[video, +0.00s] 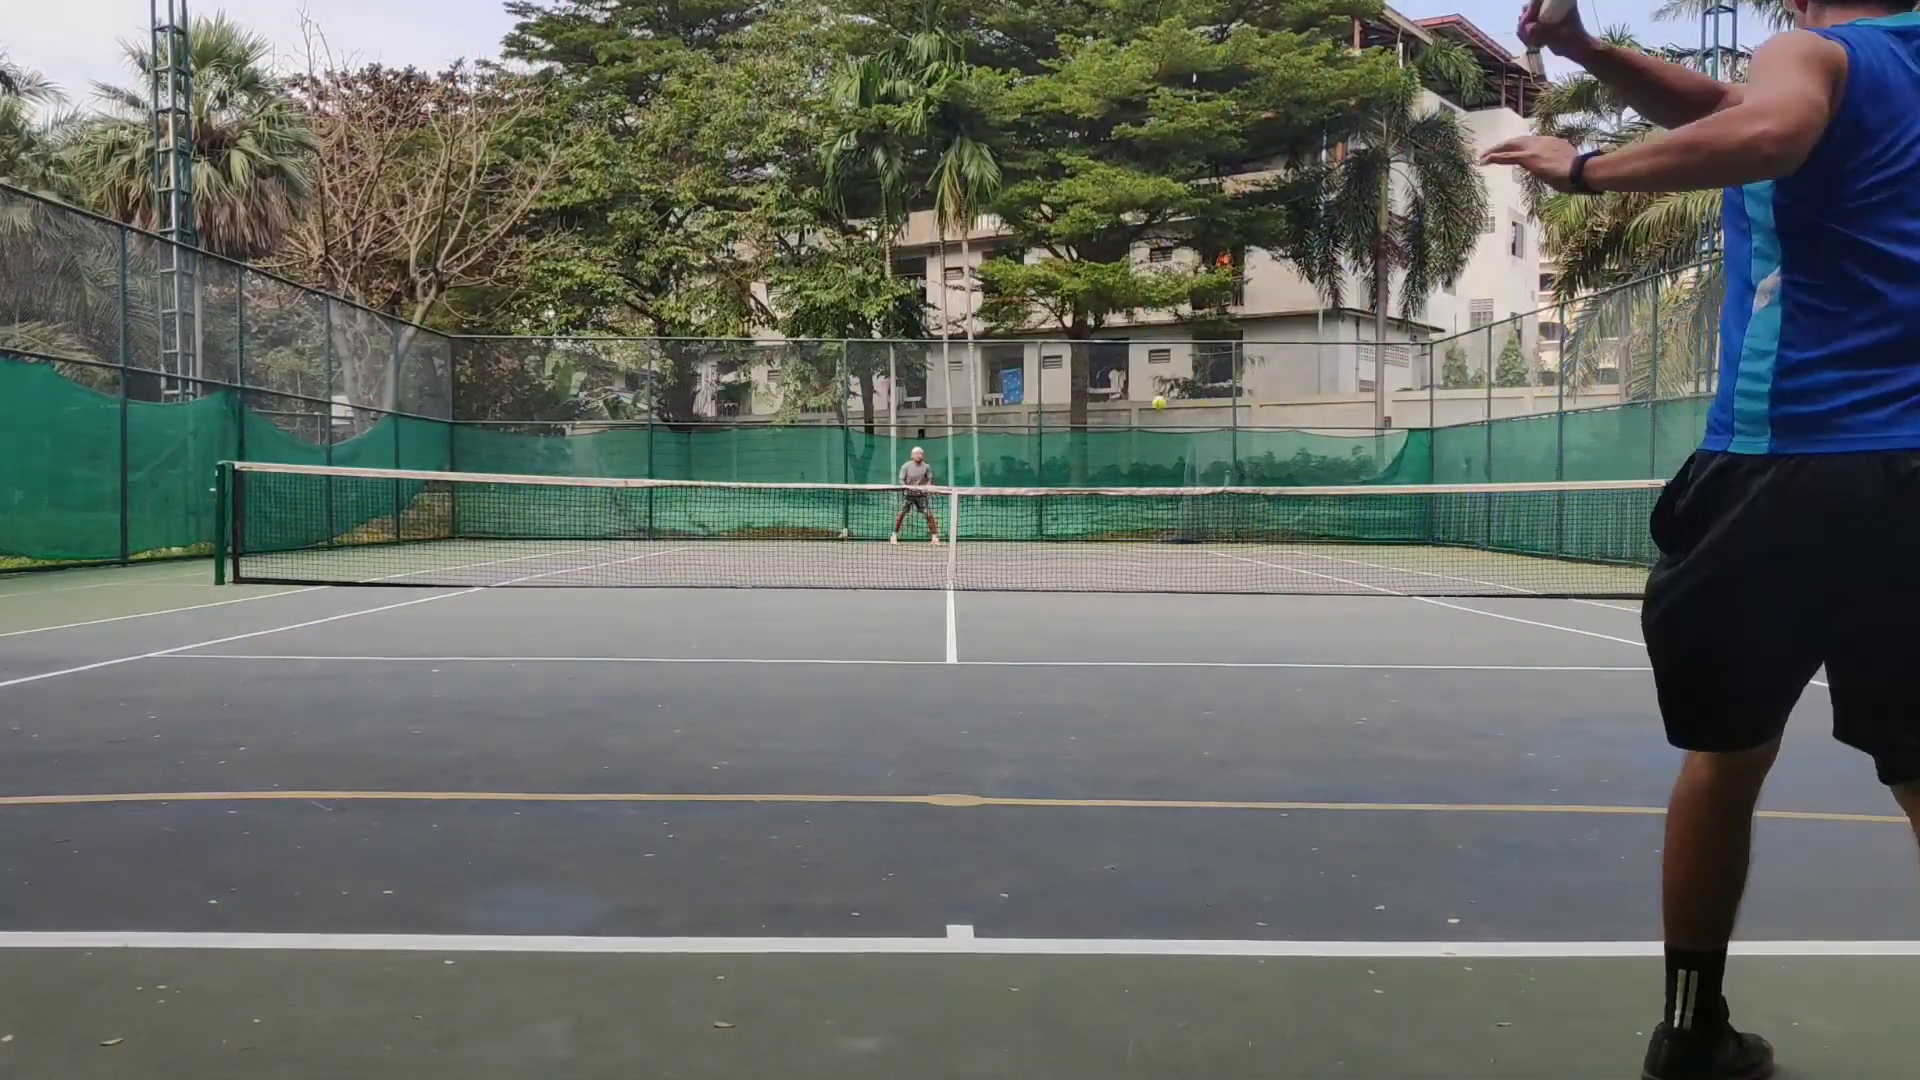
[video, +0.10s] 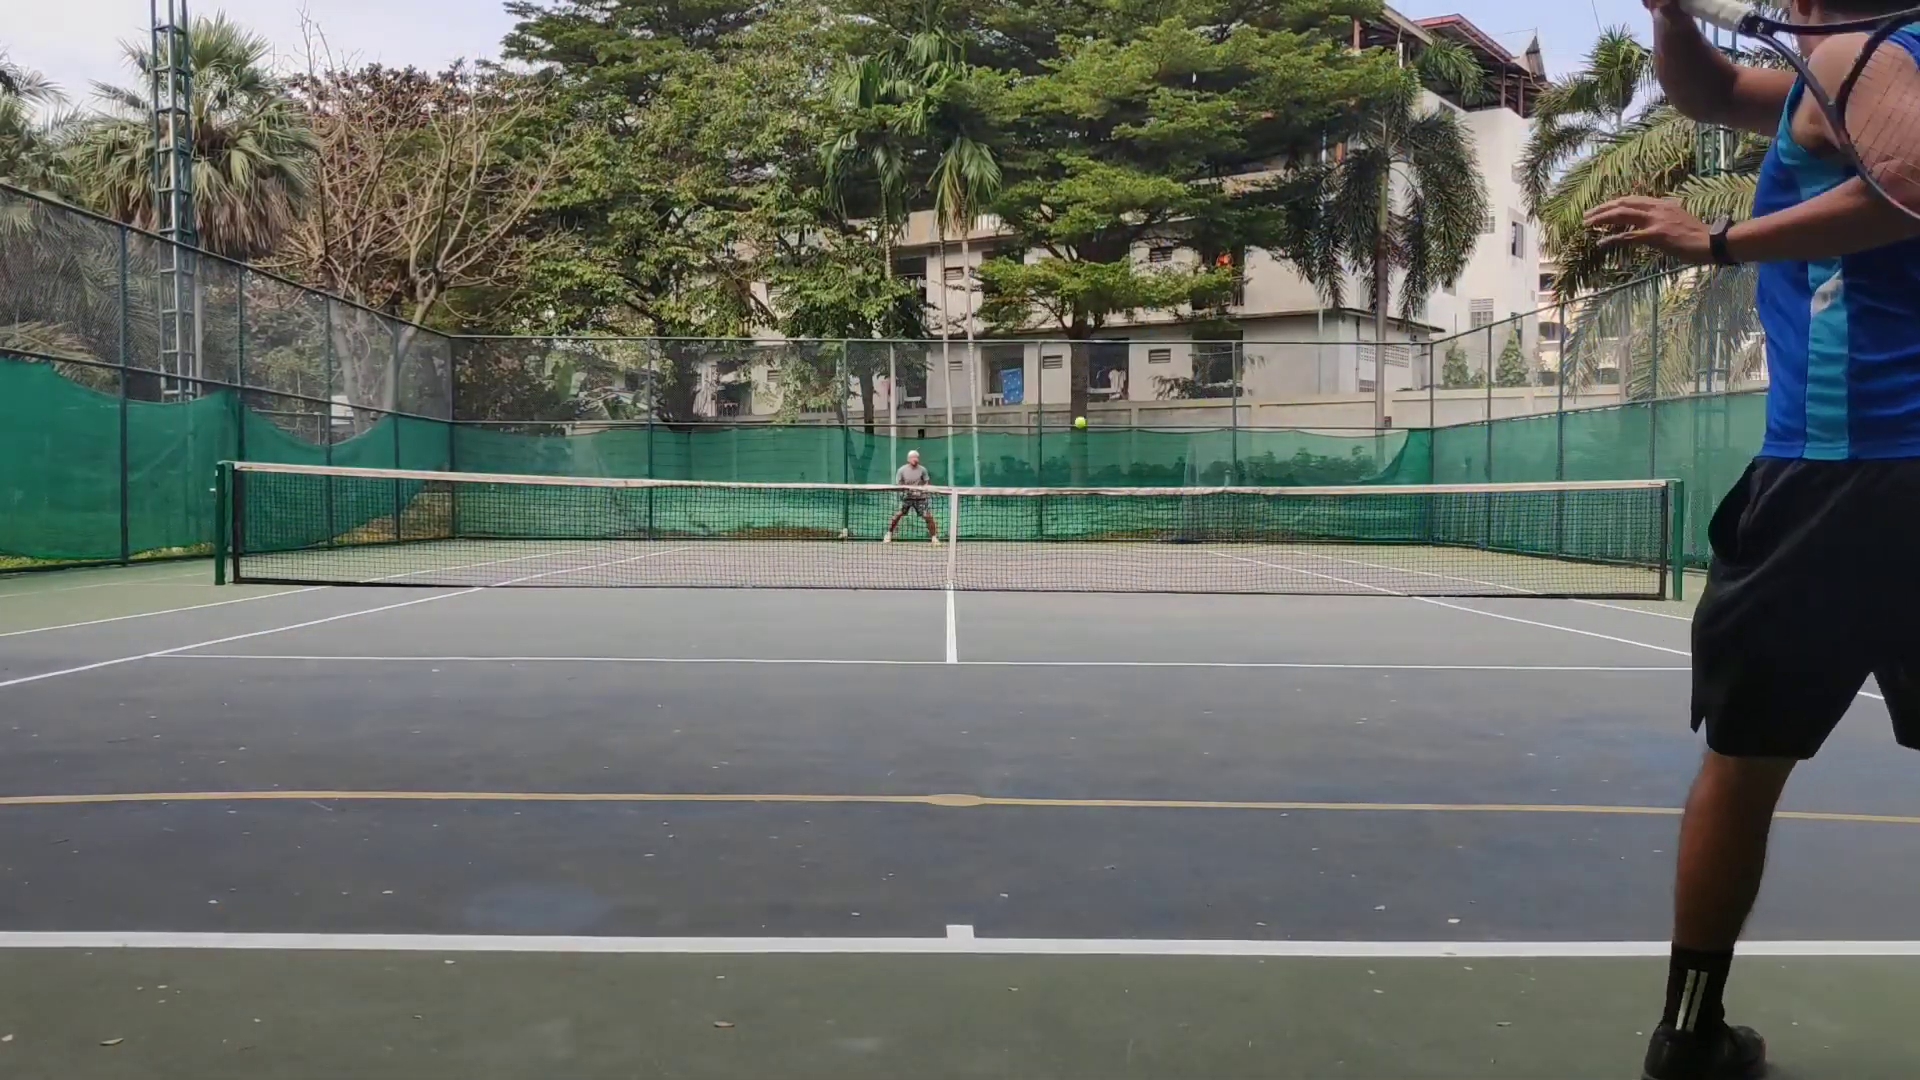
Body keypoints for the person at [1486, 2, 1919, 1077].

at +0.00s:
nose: (1777, 16)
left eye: (1781, 10)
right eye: (1779, 14)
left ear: (1806, 2)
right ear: (1887, 2)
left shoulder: (1811, 49)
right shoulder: (1901, 64)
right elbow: (1734, 103)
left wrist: (1582, 164)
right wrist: (1586, 48)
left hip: (1778, 474)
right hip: (1908, 471)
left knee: (1720, 765)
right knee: (1917, 778)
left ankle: (1693, 1021)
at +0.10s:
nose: (1782, 14)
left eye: (1791, 3)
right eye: (1786, 12)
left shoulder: (1856, 54)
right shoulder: (1830, 66)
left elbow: (1906, 182)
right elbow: (1709, 89)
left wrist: (1718, 236)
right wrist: (1671, 12)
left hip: (1830, 474)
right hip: (1879, 469)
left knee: (1743, 762)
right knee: (1741, 762)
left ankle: (1689, 1027)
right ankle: (1689, 1024)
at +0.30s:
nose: (1792, 95)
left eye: (1791, 74)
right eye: (1793, 77)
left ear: (1811, 68)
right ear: (1903, 57)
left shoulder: (1905, 164)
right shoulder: (1873, 187)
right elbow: (1721, 284)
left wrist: (1844, 355)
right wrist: (1728, 216)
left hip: (1903, 543)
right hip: (1894, 539)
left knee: (1717, 731)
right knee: (1720, 730)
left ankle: (1737, 1027)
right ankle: (1736, 1024)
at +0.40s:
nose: (1776, 87)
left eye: (1776, 63)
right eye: (1775, 67)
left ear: (1798, 56)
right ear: (1895, 51)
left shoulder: (1890, 139)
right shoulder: (1865, 164)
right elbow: (1807, 344)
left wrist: (1806, 337)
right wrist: (1715, 344)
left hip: (1892, 550)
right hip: (1893, 546)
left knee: (1714, 774)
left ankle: (1837, 1049)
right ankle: (1836, 1046)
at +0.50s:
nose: (1732, 29)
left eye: (1732, 15)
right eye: (1736, 17)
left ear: (1752, 13)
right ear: (1849, 12)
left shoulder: (1807, 82)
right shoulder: (1881, 84)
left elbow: (1896, 196)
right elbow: (1864, 311)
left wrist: (1730, 297)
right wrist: (1732, 379)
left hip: (1847, 505)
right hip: (1882, 497)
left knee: (1737, 793)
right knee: (1745, 789)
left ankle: (1855, 1070)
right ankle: (1854, 1065)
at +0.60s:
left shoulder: (1727, 20)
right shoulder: (1892, 64)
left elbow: (1758, 148)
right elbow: (1866, 245)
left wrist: (1640, 256)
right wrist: (1650, 258)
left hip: (1777, 455)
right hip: (1905, 447)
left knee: (1715, 760)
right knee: (1915, 743)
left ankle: (1826, 1055)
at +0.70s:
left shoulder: (1661, 19)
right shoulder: (1885, 59)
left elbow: (1650, 169)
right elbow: (1912, 265)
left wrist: (1588, 268)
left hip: (1723, 442)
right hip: (1889, 446)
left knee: (1606, 733)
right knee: (1841, 742)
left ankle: (1708, 1040)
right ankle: (1915, 1035)